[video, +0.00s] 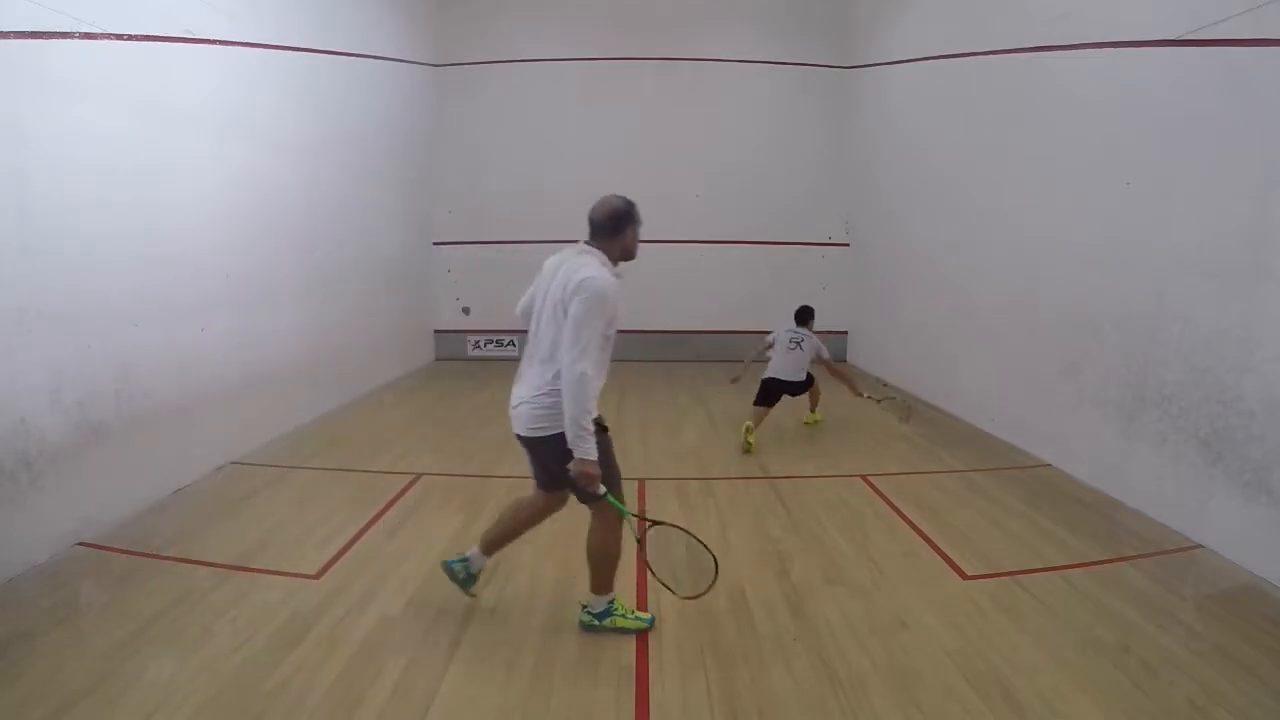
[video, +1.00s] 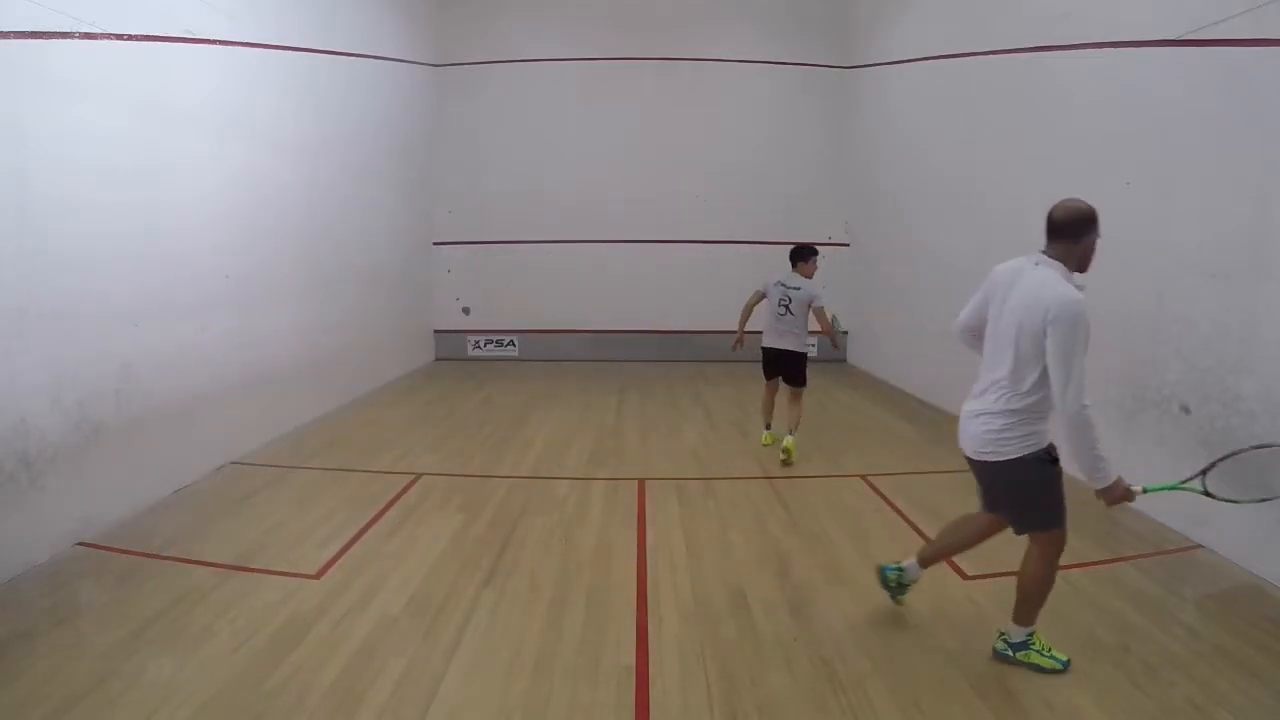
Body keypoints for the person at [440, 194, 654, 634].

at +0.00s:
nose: (639, 238)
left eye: (638, 231)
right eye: (636, 231)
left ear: (595, 229)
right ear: (621, 234)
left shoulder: (560, 261)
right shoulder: (598, 283)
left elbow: (523, 314)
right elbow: (579, 373)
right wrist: (584, 452)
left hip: (531, 413)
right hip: (563, 419)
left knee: (551, 495)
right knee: (609, 508)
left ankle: (471, 562)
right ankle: (600, 606)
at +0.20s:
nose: (728, 233)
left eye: (727, 225)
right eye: (727, 226)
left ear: (682, 224)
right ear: (720, 230)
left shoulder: (649, 256)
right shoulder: (688, 276)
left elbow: (604, 304)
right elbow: (670, 367)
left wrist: (604, 362)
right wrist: (686, 447)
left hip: (624, 408)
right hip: (639, 417)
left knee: (687, 477)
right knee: (638, 510)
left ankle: (687, 578)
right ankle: (600, 605)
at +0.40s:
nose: (811, 243)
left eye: (808, 238)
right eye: (811, 238)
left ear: (765, 239)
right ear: (806, 244)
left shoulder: (736, 276)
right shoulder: (787, 295)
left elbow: (686, 326)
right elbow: (782, 385)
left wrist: (668, 374)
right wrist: (804, 461)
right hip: (736, 435)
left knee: (789, 493)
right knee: (718, 529)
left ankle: (805, 586)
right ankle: (627, 590)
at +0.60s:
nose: (894, 235)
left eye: (887, 228)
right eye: (894, 229)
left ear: (847, 232)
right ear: (889, 236)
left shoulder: (820, 267)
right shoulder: (875, 291)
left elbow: (781, 322)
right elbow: (879, 384)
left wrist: (801, 371)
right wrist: (905, 450)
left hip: (798, 419)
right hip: (829, 429)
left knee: (839, 497)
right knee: (879, 520)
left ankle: (811, 582)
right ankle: (797, 589)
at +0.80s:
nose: (987, 238)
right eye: (986, 232)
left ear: (940, 234)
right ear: (983, 239)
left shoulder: (910, 269)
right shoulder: (967, 296)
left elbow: (871, 321)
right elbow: (973, 394)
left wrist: (901, 369)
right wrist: (1006, 461)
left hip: (873, 420)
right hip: (915, 435)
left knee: (869, 499)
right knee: (972, 528)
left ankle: (816, 584)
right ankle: (994, 629)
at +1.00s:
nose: (1096, 248)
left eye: (1094, 240)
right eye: (1096, 240)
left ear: (1050, 235)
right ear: (1087, 243)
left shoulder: (1008, 271)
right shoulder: (1066, 302)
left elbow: (968, 327)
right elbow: (1071, 404)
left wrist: (1014, 362)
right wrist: (1104, 479)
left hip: (979, 429)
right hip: (1017, 443)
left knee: (998, 514)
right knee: (1048, 539)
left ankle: (905, 572)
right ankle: (1018, 637)